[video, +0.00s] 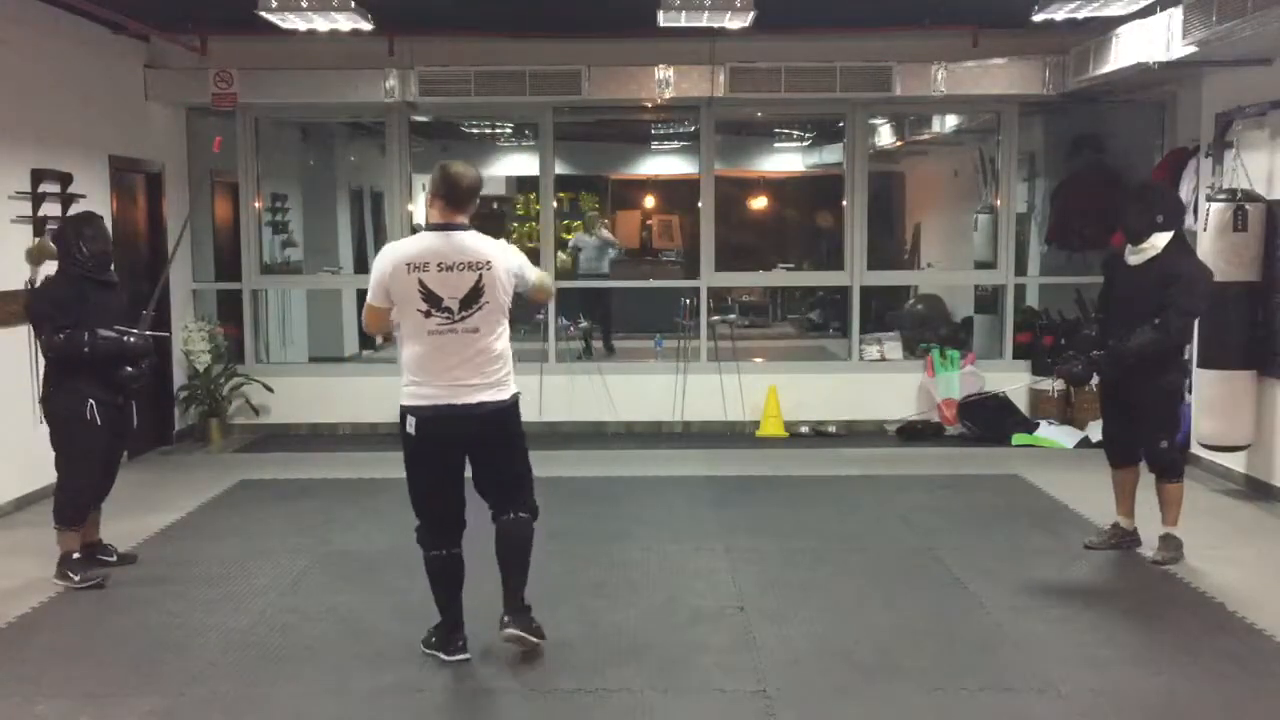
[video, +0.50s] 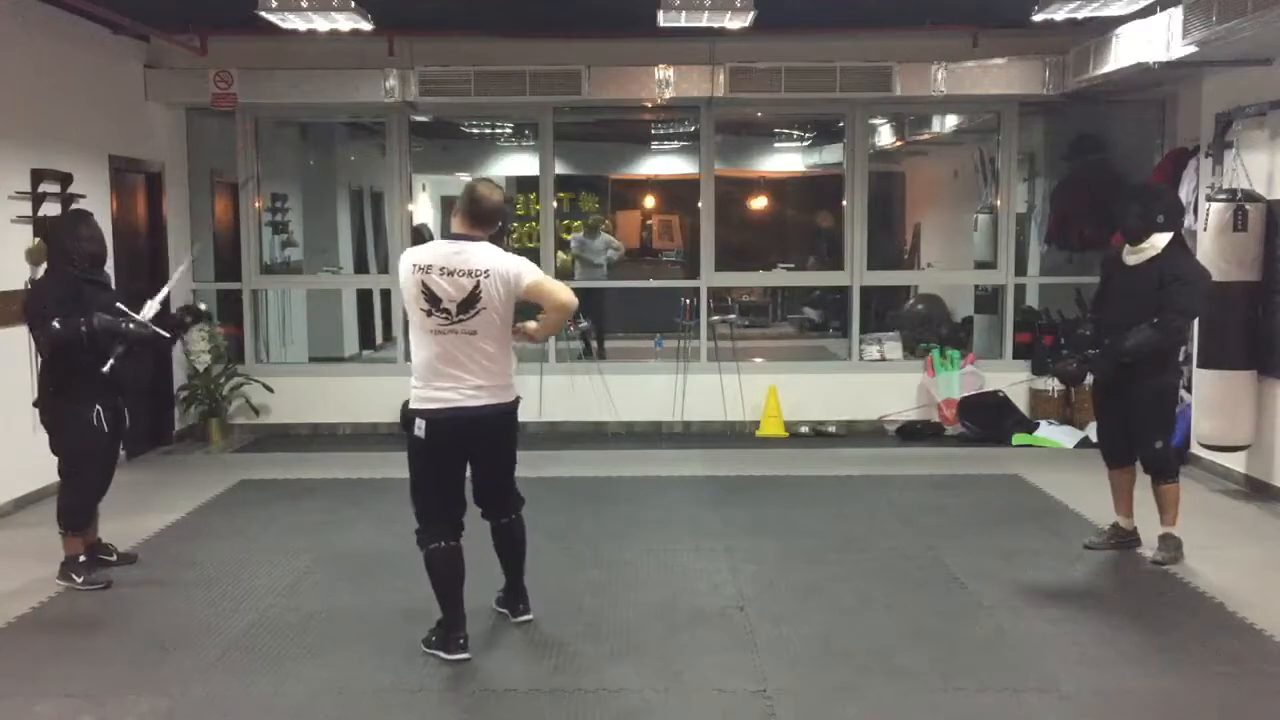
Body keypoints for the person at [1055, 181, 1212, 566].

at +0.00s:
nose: (1127, 223)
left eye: (1136, 215)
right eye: (1127, 215)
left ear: (1158, 218)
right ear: (1128, 217)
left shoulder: (1186, 269)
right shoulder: (1117, 263)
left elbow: (1171, 331)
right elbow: (1105, 320)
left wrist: (1113, 356)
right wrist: (1089, 353)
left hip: (1161, 378)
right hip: (1119, 374)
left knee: (1165, 454)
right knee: (1121, 449)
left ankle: (1170, 537)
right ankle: (1124, 527)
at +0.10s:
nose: (1127, 224)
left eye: (1136, 216)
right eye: (1126, 216)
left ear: (1157, 218)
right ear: (1126, 218)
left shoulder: (1185, 269)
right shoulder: (1116, 264)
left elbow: (1171, 330)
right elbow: (1105, 319)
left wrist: (1115, 353)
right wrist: (1089, 351)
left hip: (1159, 378)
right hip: (1117, 374)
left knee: (1164, 455)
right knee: (1120, 450)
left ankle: (1170, 536)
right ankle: (1124, 527)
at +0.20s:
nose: (1127, 223)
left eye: (1136, 216)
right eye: (1127, 215)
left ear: (1157, 218)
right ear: (1126, 218)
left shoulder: (1185, 269)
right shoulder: (1116, 264)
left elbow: (1171, 329)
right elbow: (1105, 319)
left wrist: (1121, 348)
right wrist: (1090, 351)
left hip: (1158, 377)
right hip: (1116, 374)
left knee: (1162, 455)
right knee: (1119, 450)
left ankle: (1169, 536)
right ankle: (1124, 527)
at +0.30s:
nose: (1126, 227)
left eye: (1134, 219)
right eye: (1125, 219)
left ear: (1155, 219)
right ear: (1123, 220)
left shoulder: (1182, 268)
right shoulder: (1116, 263)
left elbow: (1170, 328)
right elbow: (1100, 315)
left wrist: (1113, 352)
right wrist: (1083, 344)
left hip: (1156, 376)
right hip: (1114, 372)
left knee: (1159, 454)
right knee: (1117, 450)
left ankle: (1169, 536)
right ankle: (1124, 527)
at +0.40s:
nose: (1127, 226)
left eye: (1135, 218)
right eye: (1126, 218)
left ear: (1156, 219)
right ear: (1123, 219)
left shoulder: (1181, 267)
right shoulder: (1115, 262)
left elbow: (1172, 327)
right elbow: (1100, 314)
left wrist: (1122, 348)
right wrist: (1087, 343)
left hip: (1155, 376)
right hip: (1113, 373)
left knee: (1159, 454)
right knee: (1117, 449)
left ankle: (1169, 536)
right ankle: (1124, 527)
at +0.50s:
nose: (1126, 226)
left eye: (1135, 218)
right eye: (1125, 218)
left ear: (1156, 219)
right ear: (1124, 218)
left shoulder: (1181, 267)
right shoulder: (1115, 261)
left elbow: (1172, 327)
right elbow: (1100, 315)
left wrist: (1125, 346)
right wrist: (1089, 344)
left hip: (1154, 377)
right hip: (1112, 374)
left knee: (1159, 455)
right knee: (1116, 450)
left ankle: (1169, 537)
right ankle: (1123, 528)